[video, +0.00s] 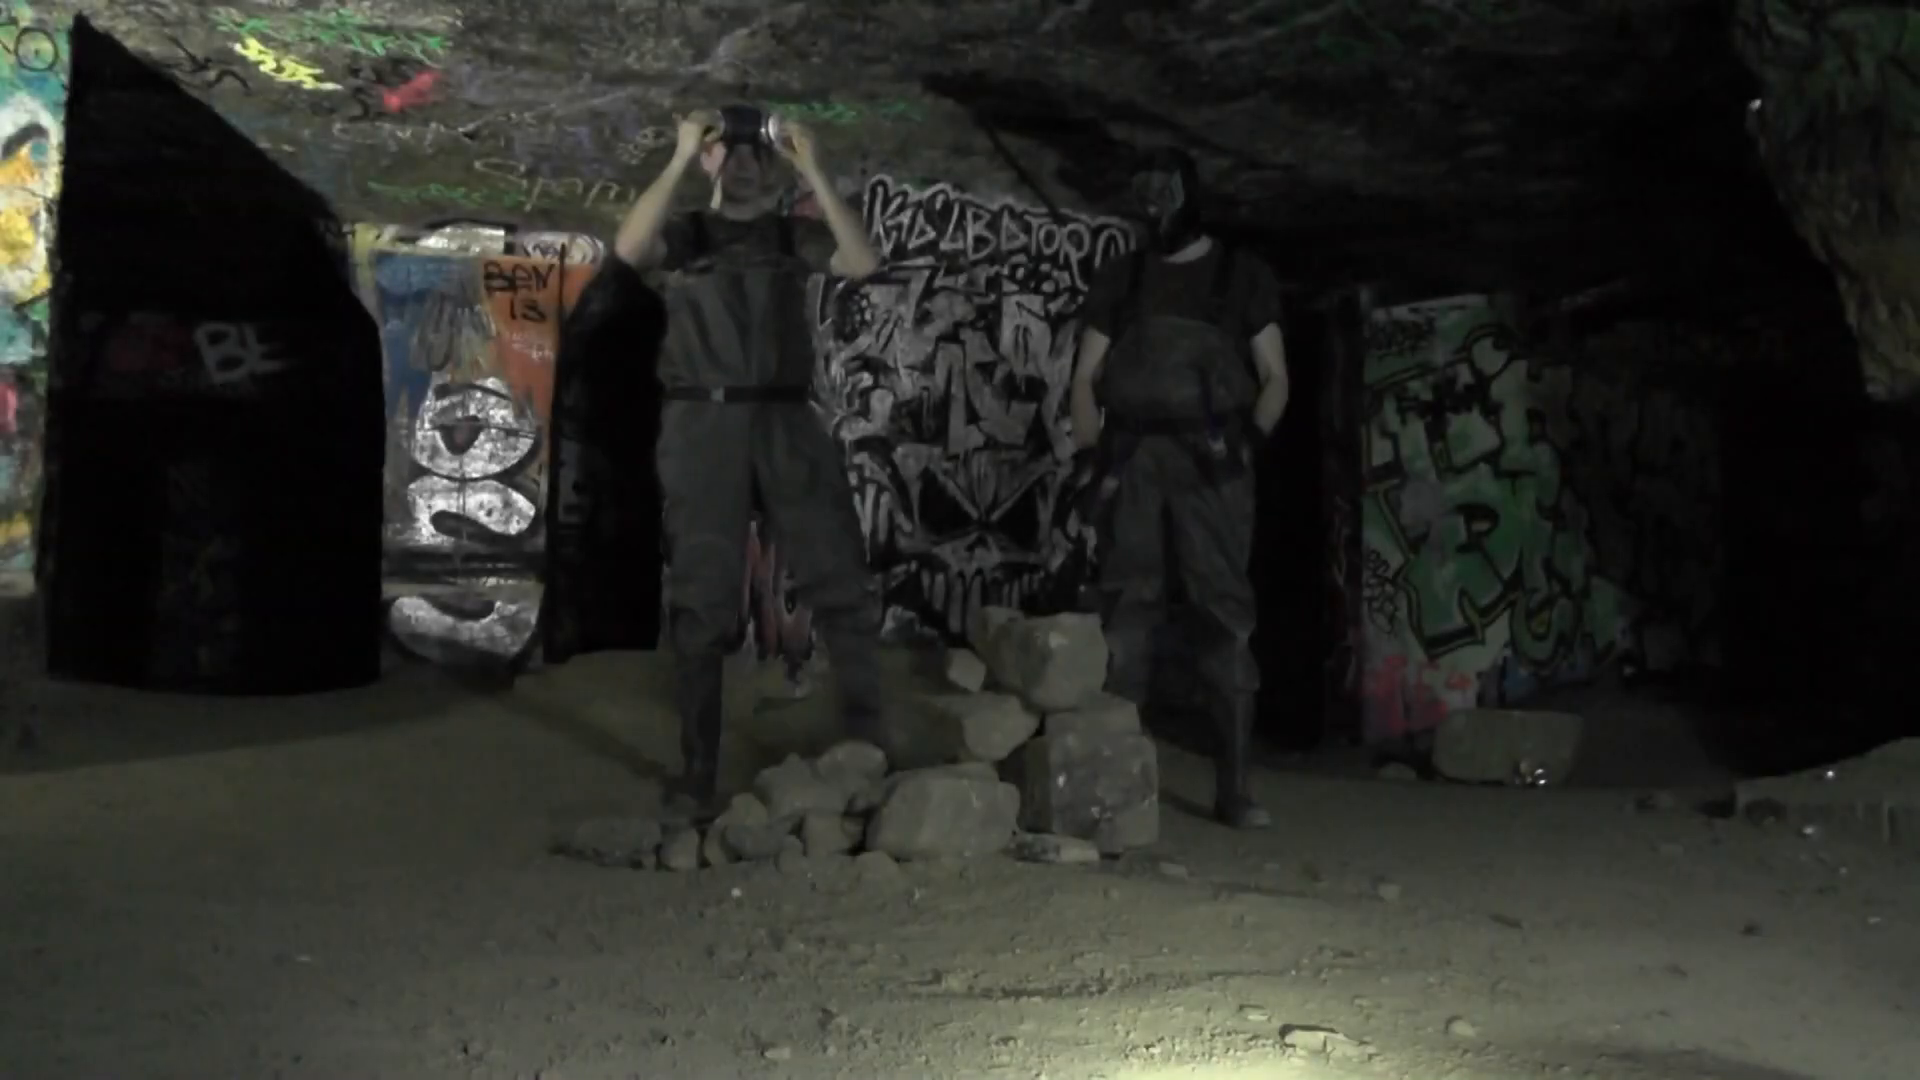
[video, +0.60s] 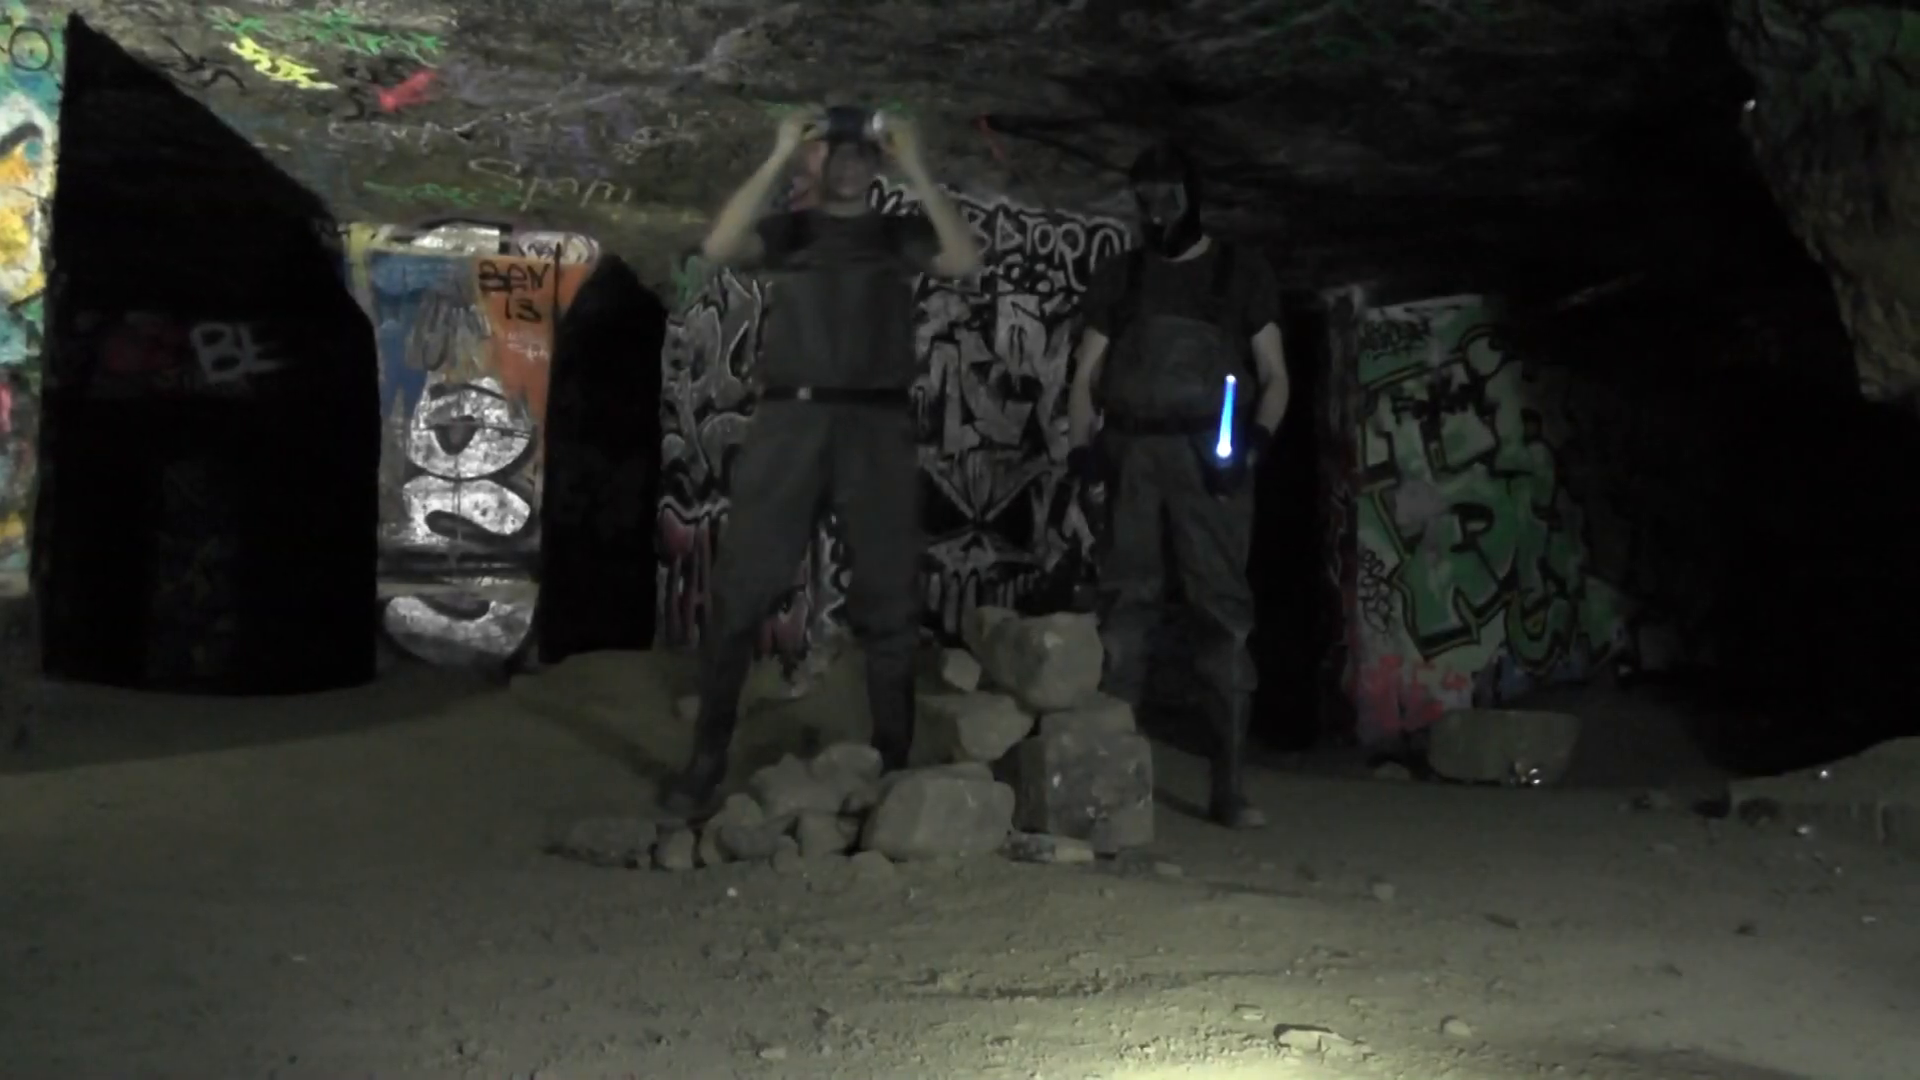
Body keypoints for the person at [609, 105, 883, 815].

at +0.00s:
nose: (744, 161)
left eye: (756, 149)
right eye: (728, 147)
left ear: (777, 163)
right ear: (706, 161)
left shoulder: (798, 232)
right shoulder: (685, 234)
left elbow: (861, 263)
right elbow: (629, 249)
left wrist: (813, 173)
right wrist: (680, 162)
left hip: (790, 431)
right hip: (703, 435)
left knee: (840, 592)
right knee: (701, 608)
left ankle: (868, 753)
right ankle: (698, 779)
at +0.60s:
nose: (849, 166)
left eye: (860, 156)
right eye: (837, 155)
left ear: (877, 170)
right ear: (812, 165)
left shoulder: (896, 232)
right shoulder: (786, 231)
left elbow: (963, 261)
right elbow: (720, 248)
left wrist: (916, 171)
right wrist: (778, 162)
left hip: (877, 438)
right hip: (787, 433)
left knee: (887, 606)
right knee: (741, 597)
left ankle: (893, 770)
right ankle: (706, 765)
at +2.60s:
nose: (829, 171)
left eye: (842, 158)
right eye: (815, 156)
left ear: (860, 164)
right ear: (790, 161)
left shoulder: (879, 228)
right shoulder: (760, 223)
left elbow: (939, 295)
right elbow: (671, 256)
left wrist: (897, 187)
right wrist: (746, 189)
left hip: (856, 438)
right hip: (768, 435)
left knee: (867, 612)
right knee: (737, 609)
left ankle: (882, 781)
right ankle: (699, 789)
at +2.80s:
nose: (861, 169)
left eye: (872, 157)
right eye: (851, 153)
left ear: (879, 162)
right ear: (818, 148)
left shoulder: (886, 228)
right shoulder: (761, 211)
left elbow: (946, 292)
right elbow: (657, 251)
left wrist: (918, 183)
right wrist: (716, 295)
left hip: (857, 438)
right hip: (769, 434)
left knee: (867, 610)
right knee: (737, 608)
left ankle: (883, 779)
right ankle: (699, 786)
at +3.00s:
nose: (860, 166)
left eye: (873, 155)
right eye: (850, 149)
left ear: (884, 161)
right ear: (819, 145)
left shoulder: (891, 230)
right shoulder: (769, 215)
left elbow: (956, 289)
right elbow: (668, 261)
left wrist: (926, 183)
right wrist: (727, 311)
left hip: (858, 439)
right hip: (769, 435)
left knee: (868, 612)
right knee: (736, 609)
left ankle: (882, 779)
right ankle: (699, 786)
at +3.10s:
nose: (856, 161)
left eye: (870, 151)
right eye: (845, 145)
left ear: (881, 160)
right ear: (816, 146)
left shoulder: (893, 230)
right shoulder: (771, 213)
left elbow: (954, 282)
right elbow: (662, 231)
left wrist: (922, 176)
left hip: (858, 437)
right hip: (769, 432)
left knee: (868, 613)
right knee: (738, 608)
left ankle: (879, 781)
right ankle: (700, 785)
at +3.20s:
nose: (847, 163)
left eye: (861, 152)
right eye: (836, 147)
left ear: (879, 162)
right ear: (811, 150)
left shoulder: (892, 230)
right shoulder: (770, 217)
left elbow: (955, 278)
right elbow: (657, 201)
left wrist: (918, 175)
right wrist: (755, 192)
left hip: (859, 438)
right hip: (769, 433)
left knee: (869, 614)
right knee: (737, 609)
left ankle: (880, 780)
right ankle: (699, 786)